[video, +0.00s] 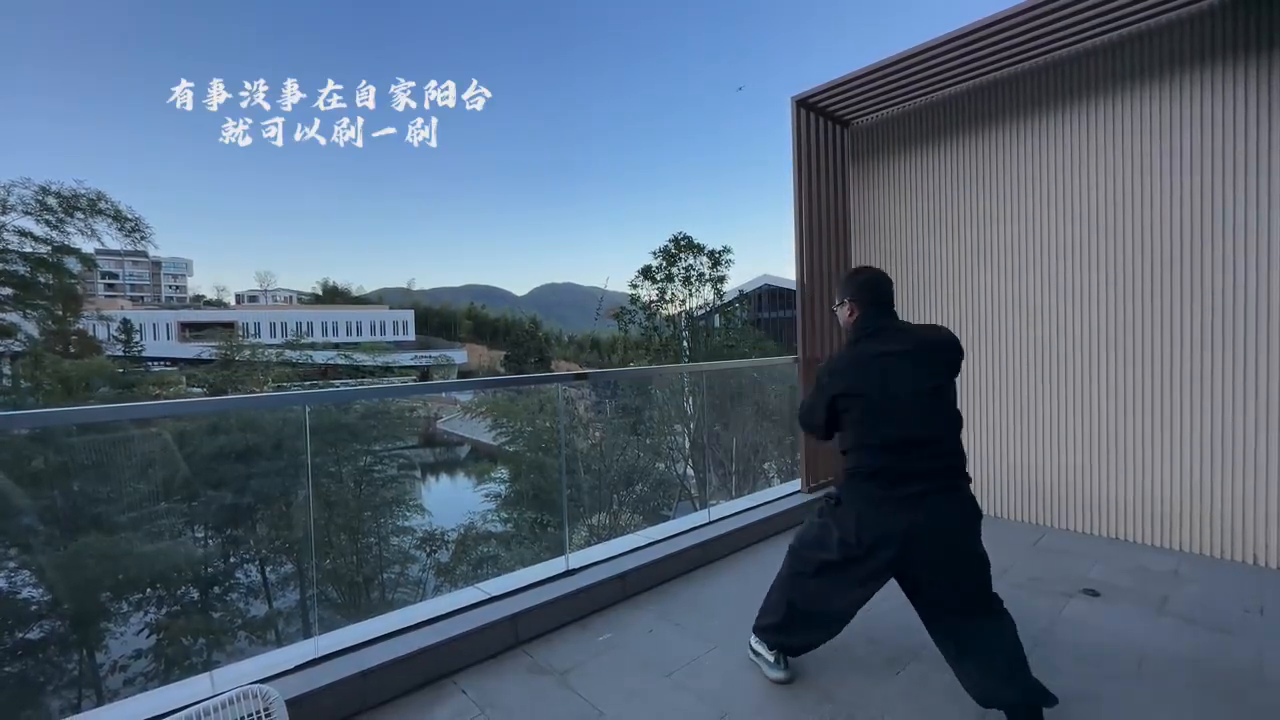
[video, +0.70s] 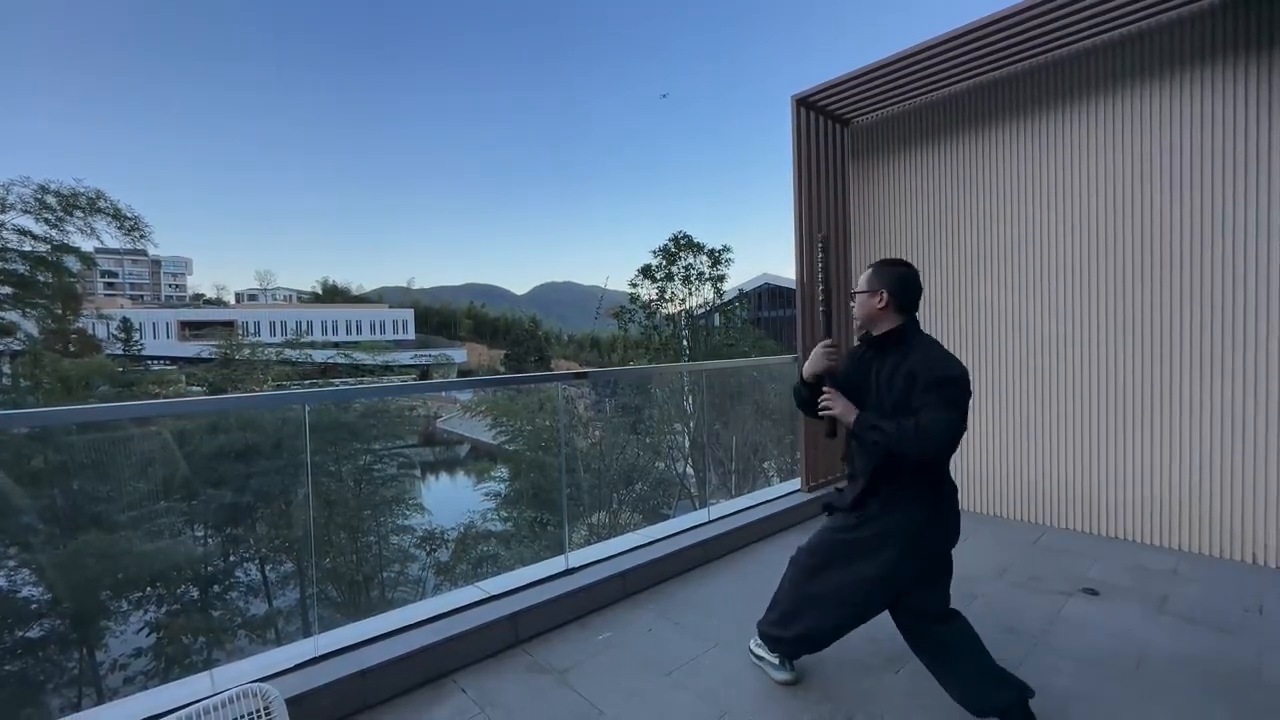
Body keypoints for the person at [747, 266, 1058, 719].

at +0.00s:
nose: (838, 316)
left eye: (839, 308)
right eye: (838, 308)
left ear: (851, 310)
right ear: (889, 305)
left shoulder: (843, 366)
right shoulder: (939, 343)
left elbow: (816, 425)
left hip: (873, 508)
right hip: (946, 504)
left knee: (811, 559)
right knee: (974, 605)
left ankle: (771, 643)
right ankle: (1024, 704)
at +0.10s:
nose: (858, 308)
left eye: (860, 300)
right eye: (859, 300)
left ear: (874, 306)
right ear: (915, 304)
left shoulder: (855, 360)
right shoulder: (958, 348)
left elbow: (834, 417)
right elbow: (993, 392)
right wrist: (949, 355)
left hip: (876, 507)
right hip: (953, 506)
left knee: (814, 564)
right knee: (977, 608)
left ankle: (774, 643)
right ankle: (1024, 704)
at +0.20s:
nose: (875, 304)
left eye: (879, 297)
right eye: (879, 296)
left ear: (891, 302)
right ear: (929, 306)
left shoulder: (866, 354)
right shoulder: (958, 359)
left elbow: (829, 382)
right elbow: (978, 403)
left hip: (874, 505)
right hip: (946, 506)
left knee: (814, 563)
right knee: (969, 607)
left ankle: (774, 643)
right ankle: (1022, 703)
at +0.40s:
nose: (869, 298)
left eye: (874, 291)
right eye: (871, 291)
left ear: (894, 295)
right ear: (911, 300)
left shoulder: (891, 336)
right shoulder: (920, 347)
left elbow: (821, 323)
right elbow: (849, 398)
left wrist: (804, 303)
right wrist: (821, 364)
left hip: (870, 498)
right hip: (918, 501)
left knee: (804, 552)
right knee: (927, 614)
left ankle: (772, 644)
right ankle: (1004, 703)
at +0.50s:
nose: (864, 298)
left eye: (870, 290)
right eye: (865, 291)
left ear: (892, 294)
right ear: (900, 298)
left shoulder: (920, 341)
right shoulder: (880, 352)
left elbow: (865, 327)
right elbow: (830, 392)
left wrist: (825, 309)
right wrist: (801, 344)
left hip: (875, 498)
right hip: (916, 501)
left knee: (807, 559)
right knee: (924, 613)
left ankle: (773, 644)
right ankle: (1006, 704)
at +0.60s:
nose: (858, 300)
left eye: (865, 291)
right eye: (860, 292)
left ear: (891, 296)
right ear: (896, 298)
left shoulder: (938, 354)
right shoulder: (870, 356)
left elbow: (912, 379)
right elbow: (817, 392)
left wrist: (848, 357)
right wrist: (804, 347)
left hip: (892, 504)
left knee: (811, 562)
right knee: (925, 618)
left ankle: (775, 646)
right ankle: (1007, 705)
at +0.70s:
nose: (852, 301)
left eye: (859, 294)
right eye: (855, 293)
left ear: (882, 301)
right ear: (884, 303)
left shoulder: (941, 370)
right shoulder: (863, 358)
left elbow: (932, 441)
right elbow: (819, 407)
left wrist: (858, 419)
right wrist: (808, 377)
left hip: (913, 511)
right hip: (871, 499)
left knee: (814, 562)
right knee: (926, 620)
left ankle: (776, 646)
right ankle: (1007, 705)